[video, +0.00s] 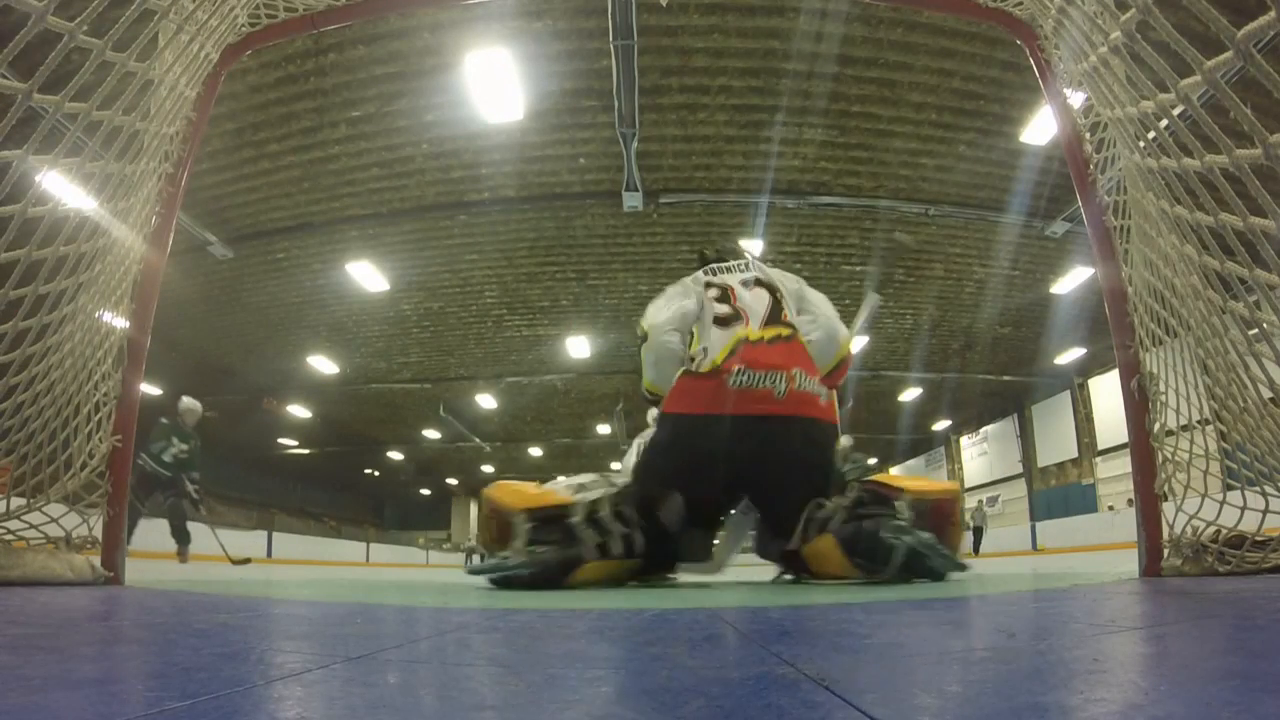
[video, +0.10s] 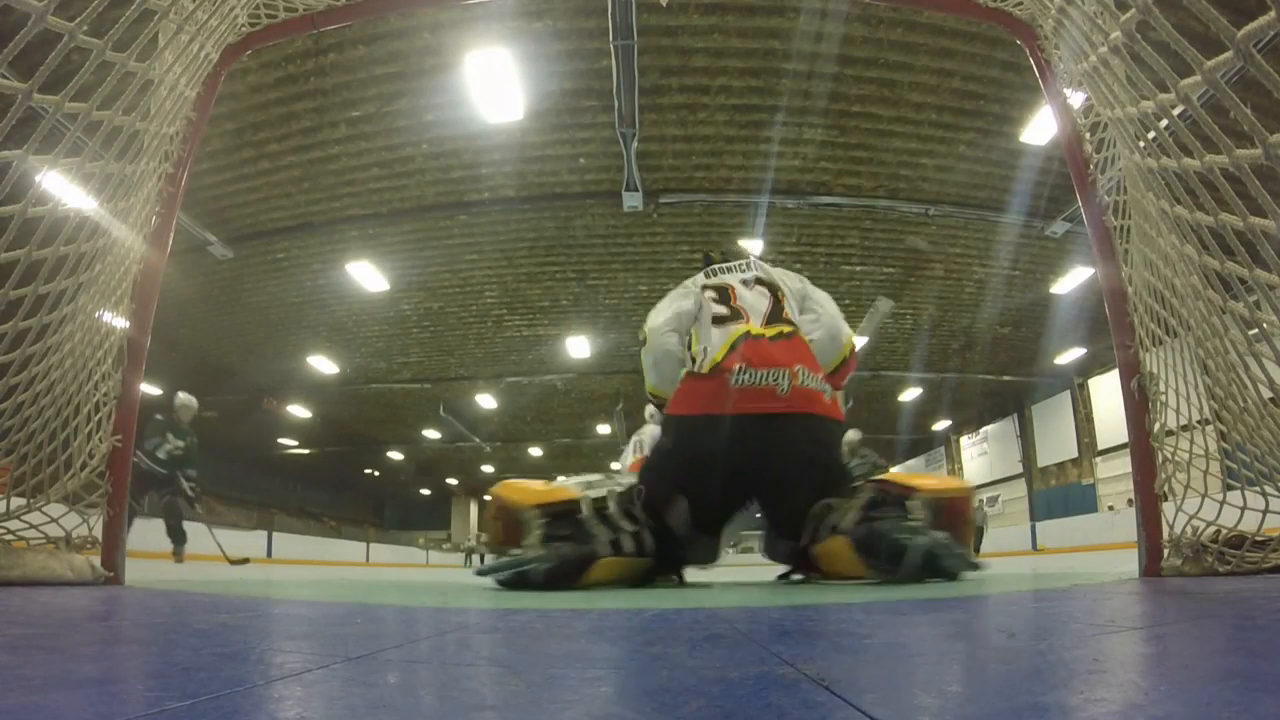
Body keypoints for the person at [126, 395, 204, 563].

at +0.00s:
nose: (194, 420)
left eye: (196, 417)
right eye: (192, 415)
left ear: (198, 417)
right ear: (182, 414)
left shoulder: (193, 440)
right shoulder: (164, 426)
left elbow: (192, 467)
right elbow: (153, 451)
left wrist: (194, 487)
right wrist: (174, 474)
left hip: (171, 477)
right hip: (149, 473)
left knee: (175, 506)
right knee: (134, 504)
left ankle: (182, 544)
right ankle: (122, 541)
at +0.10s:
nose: (189, 416)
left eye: (192, 413)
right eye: (187, 411)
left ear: (193, 413)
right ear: (178, 409)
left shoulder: (190, 436)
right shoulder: (159, 421)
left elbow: (190, 464)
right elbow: (151, 445)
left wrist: (191, 484)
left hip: (167, 475)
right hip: (144, 470)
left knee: (171, 504)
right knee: (130, 504)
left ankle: (178, 544)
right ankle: (118, 539)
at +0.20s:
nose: (180, 408)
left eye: (183, 404)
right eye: (177, 402)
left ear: (185, 405)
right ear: (166, 401)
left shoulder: (183, 431)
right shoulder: (148, 417)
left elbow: (183, 459)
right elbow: (134, 444)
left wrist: (182, 477)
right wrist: (159, 468)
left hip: (163, 473)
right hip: (137, 467)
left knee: (164, 504)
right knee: (118, 497)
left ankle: (169, 543)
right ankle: (111, 538)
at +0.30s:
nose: (171, 401)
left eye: (176, 398)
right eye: (169, 396)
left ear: (180, 401)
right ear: (161, 395)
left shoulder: (179, 428)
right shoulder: (144, 415)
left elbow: (179, 456)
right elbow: (126, 441)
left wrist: (177, 475)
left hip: (160, 472)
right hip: (132, 465)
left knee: (159, 501)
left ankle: (164, 543)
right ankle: (106, 539)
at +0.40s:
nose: (161, 391)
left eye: (166, 387)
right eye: (158, 385)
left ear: (170, 390)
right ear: (151, 384)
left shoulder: (169, 419)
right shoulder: (133, 406)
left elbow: (170, 449)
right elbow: (119, 432)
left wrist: (166, 464)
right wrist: (122, 455)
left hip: (152, 465)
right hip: (125, 460)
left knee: (147, 498)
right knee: (109, 493)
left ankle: (154, 540)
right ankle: (99, 535)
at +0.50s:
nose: (148, 387)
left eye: (153, 383)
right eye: (148, 381)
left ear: (160, 386)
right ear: (143, 382)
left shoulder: (162, 414)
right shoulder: (129, 404)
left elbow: (164, 447)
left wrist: (159, 461)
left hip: (146, 463)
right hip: (123, 459)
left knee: (141, 498)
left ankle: (148, 539)